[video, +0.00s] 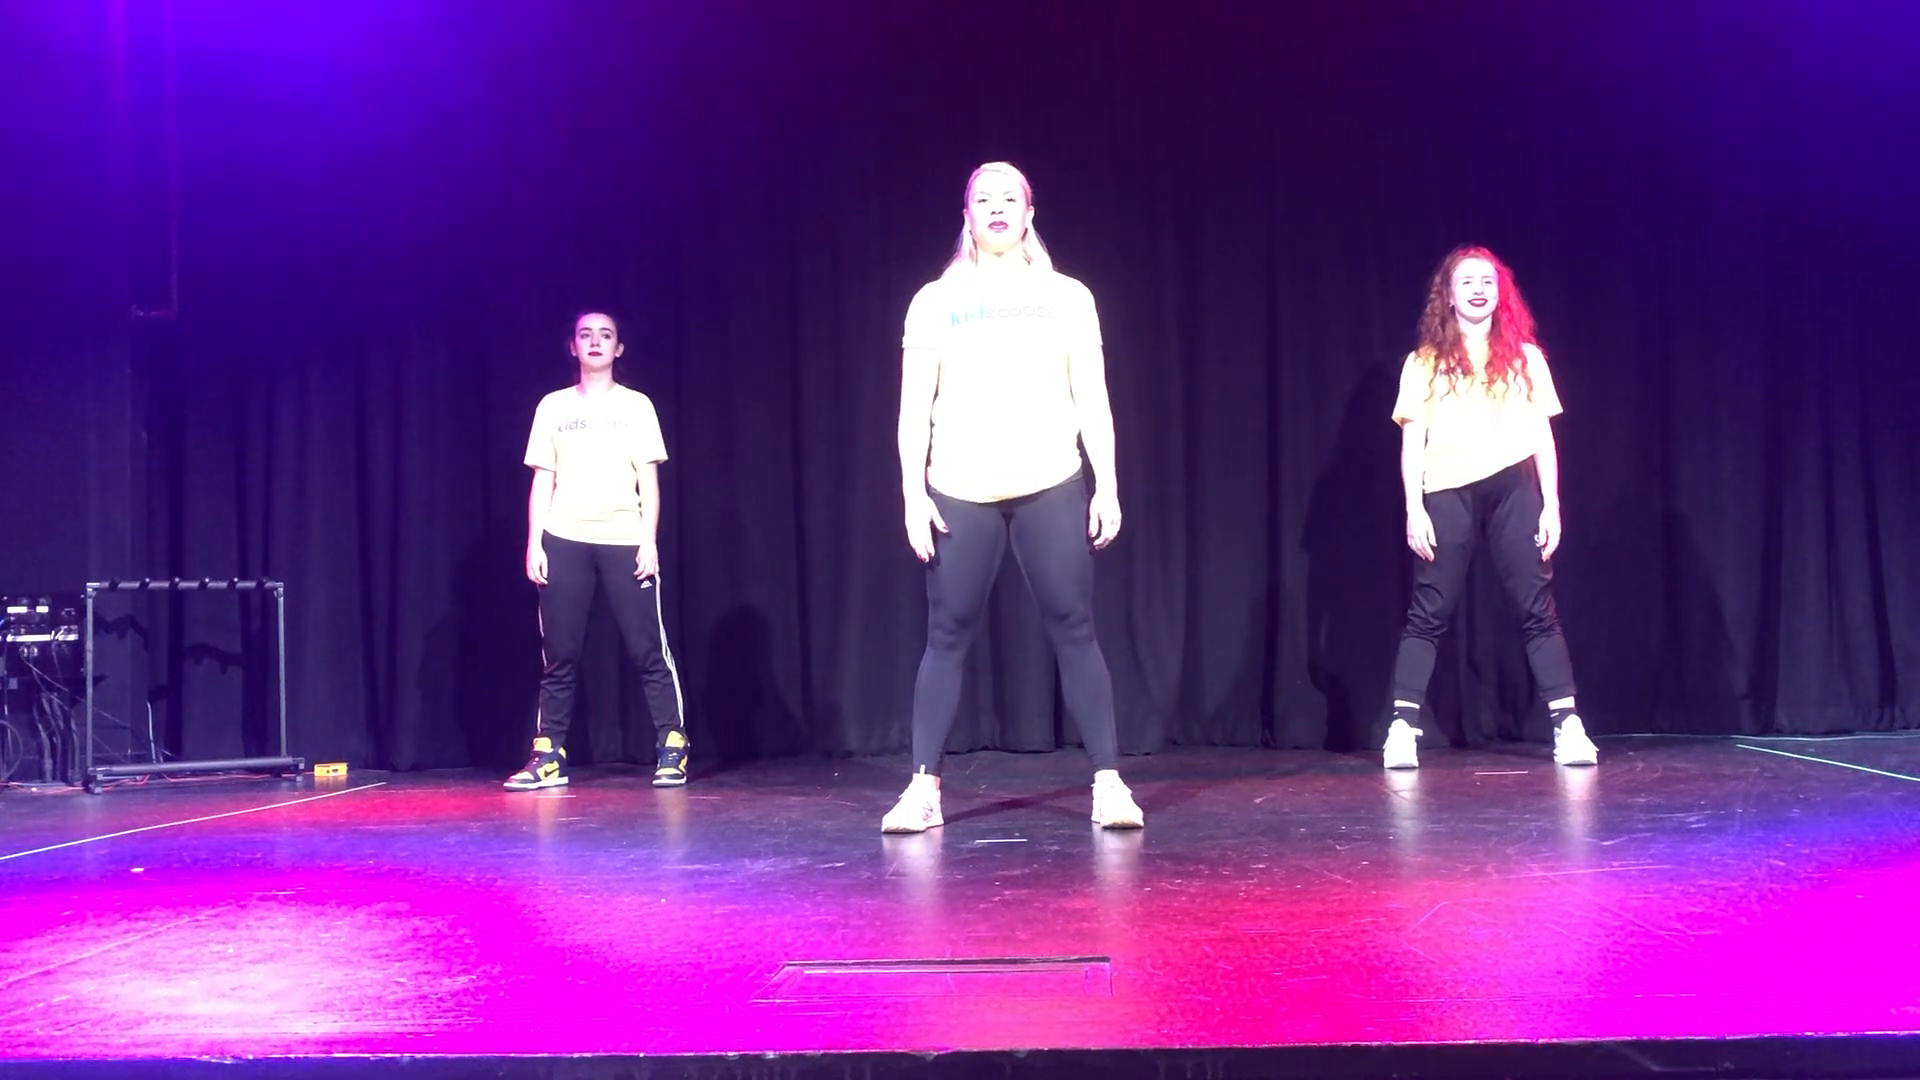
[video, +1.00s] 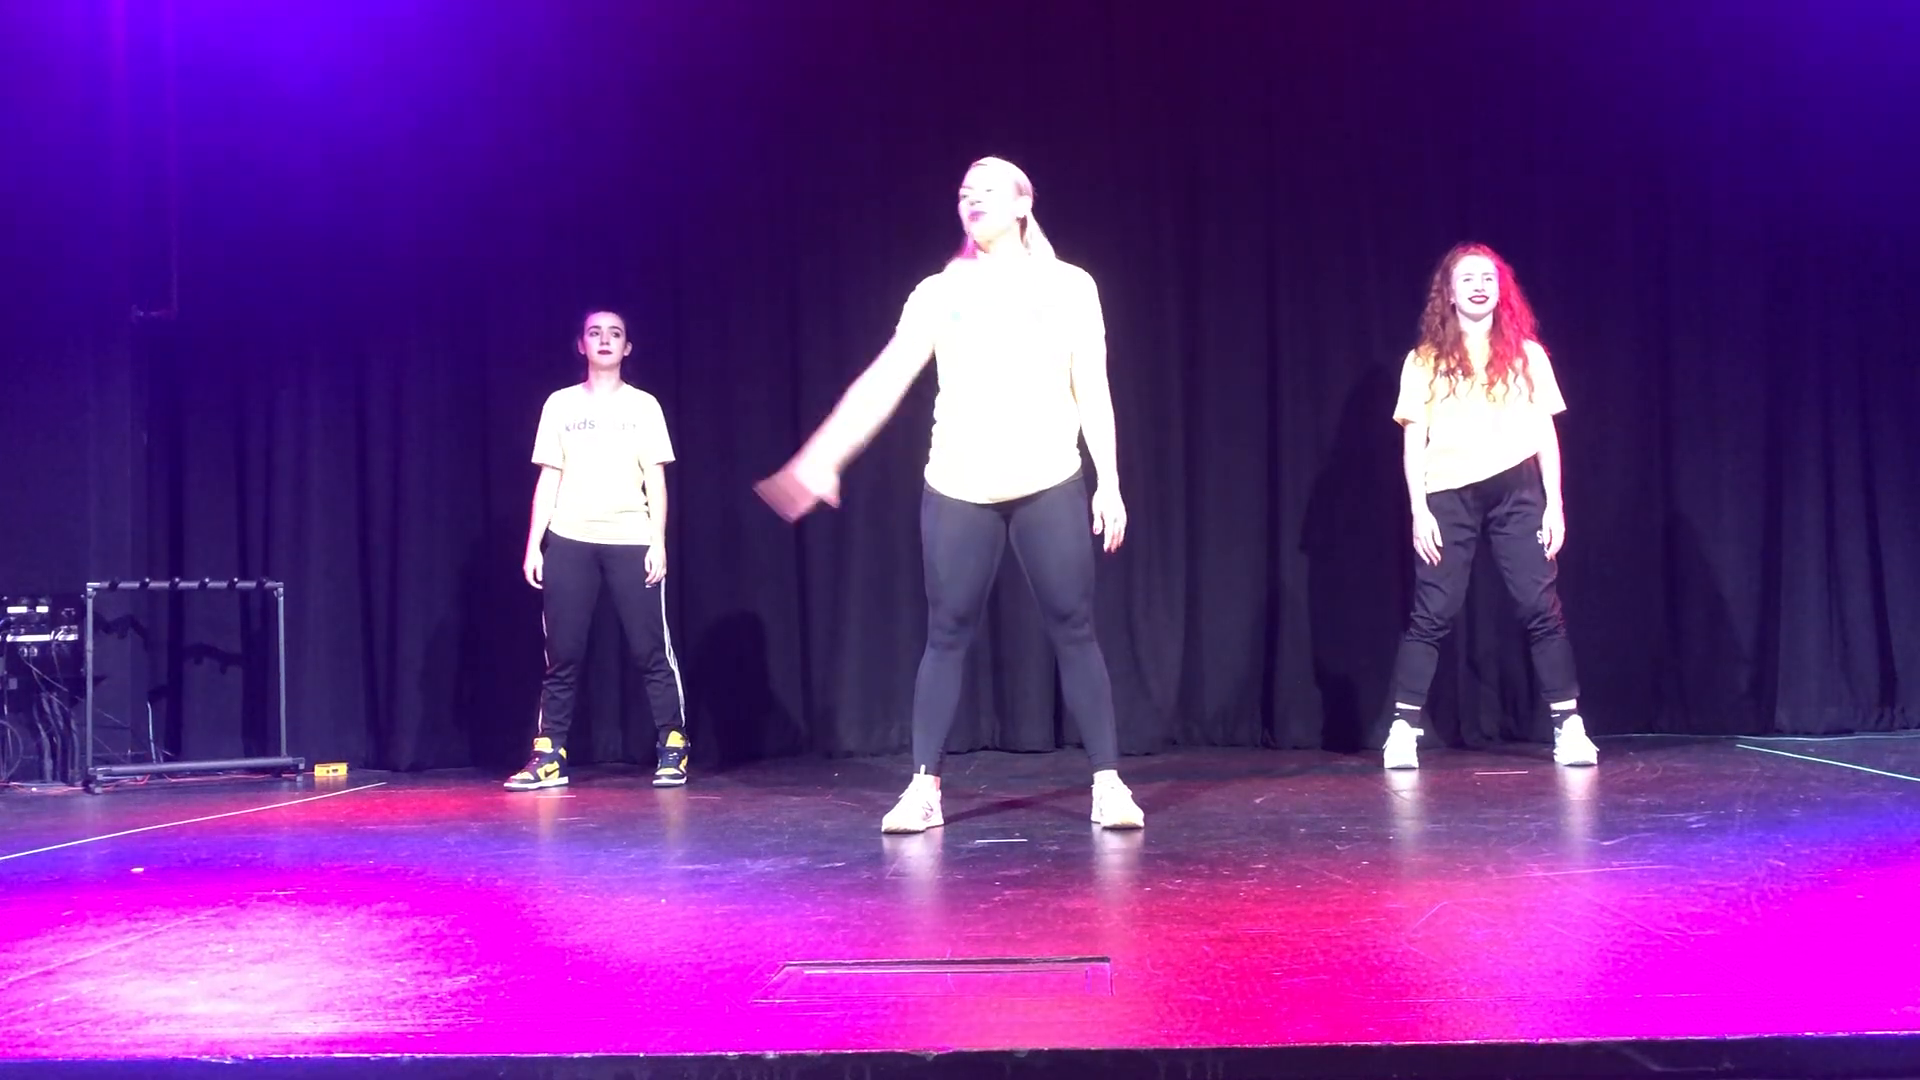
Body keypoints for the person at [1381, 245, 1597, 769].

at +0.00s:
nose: (1477, 290)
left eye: (1486, 281)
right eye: (1467, 281)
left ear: (1501, 292)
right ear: (1448, 292)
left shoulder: (1525, 356)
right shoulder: (1425, 361)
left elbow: (1543, 435)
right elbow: (1413, 441)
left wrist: (1551, 505)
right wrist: (1414, 509)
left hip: (1514, 489)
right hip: (1445, 493)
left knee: (1535, 606)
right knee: (1430, 609)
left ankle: (1567, 725)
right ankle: (1404, 727)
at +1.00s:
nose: (1478, 287)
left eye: (1487, 279)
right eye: (1468, 279)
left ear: (1501, 289)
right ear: (1448, 289)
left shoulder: (1527, 353)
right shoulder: (1425, 359)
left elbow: (1546, 434)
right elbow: (1414, 442)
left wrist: (1554, 505)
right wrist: (1419, 510)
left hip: (1518, 493)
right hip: (1448, 498)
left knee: (1541, 608)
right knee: (1433, 611)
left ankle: (1568, 726)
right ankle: (1404, 728)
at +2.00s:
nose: (1446, 319)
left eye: (1456, 311)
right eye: (1437, 310)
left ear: (1477, 320)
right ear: (1419, 318)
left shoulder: (1505, 370)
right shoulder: (1411, 378)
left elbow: (1550, 426)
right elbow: (1367, 415)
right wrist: (1413, 356)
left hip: (1500, 517)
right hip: (1430, 523)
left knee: (1538, 621)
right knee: (1416, 622)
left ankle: (1592, 721)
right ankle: (1403, 731)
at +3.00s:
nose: (1615, 322)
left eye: (1616, 314)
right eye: (1603, 314)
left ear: (1613, 322)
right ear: (1570, 318)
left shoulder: (1586, 371)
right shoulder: (1537, 360)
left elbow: (1618, 433)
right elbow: (1577, 416)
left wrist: (1621, 372)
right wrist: (1604, 359)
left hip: (1526, 513)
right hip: (1470, 508)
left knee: (1556, 612)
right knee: (1445, 622)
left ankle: (1571, 730)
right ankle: (1370, 724)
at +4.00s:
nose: (1390, 397)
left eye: (1400, 384)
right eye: (1382, 387)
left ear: (1425, 383)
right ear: (1372, 392)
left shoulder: (1464, 412)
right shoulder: (1376, 428)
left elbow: (1487, 478)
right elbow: (1345, 506)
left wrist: (1424, 430)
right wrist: (1370, 441)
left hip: (1500, 515)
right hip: (1432, 527)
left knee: (1530, 614)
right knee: (1413, 621)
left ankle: (1570, 724)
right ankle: (1387, 730)